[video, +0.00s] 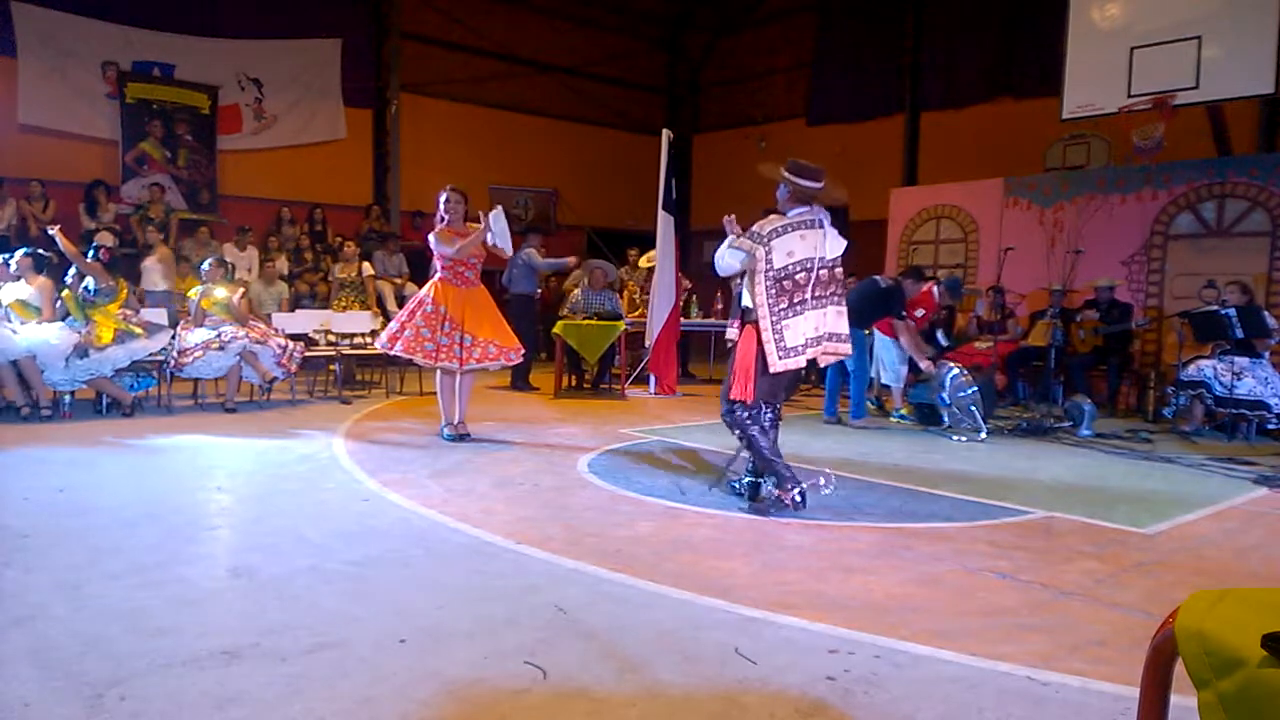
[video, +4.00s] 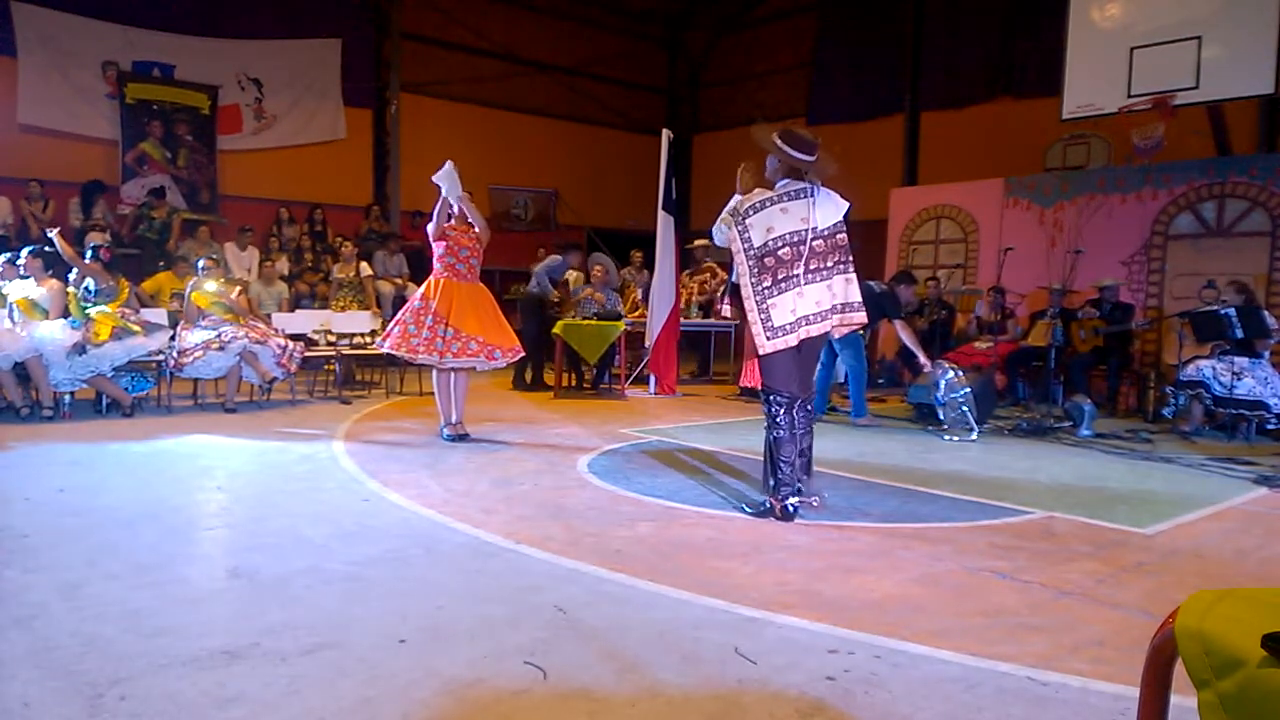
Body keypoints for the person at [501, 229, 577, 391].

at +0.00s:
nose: (541, 242)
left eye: (540, 238)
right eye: (539, 238)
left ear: (526, 239)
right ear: (533, 238)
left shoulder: (514, 257)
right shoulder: (529, 252)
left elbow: (505, 280)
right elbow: (540, 265)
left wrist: (521, 289)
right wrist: (566, 262)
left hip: (515, 298)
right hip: (525, 298)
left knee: (521, 338)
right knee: (528, 339)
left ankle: (518, 377)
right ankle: (521, 378)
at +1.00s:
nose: (543, 244)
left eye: (543, 240)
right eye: (541, 240)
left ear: (529, 240)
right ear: (536, 240)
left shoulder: (519, 257)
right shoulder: (532, 252)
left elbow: (508, 280)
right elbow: (543, 267)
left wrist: (525, 287)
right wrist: (564, 257)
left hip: (517, 298)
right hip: (528, 299)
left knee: (522, 338)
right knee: (530, 339)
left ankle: (517, 376)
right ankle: (522, 378)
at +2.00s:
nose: (543, 244)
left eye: (543, 240)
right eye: (541, 240)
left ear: (529, 240)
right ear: (535, 239)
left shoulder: (516, 256)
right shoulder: (531, 253)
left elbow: (507, 280)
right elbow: (540, 271)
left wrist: (525, 287)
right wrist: (565, 278)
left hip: (516, 298)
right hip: (527, 299)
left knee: (523, 337)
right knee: (530, 338)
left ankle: (518, 376)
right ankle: (522, 377)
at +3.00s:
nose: (545, 246)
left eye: (545, 242)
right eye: (543, 242)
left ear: (530, 241)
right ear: (536, 241)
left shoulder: (516, 255)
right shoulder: (533, 255)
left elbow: (505, 277)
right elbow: (535, 275)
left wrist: (520, 287)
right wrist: (559, 288)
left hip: (516, 298)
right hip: (528, 298)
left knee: (521, 338)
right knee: (528, 339)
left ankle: (517, 376)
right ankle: (522, 377)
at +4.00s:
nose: (579, 263)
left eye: (580, 260)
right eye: (578, 258)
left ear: (573, 259)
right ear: (571, 256)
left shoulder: (563, 270)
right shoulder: (557, 260)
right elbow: (539, 271)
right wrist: (551, 292)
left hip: (540, 300)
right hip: (530, 298)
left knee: (540, 341)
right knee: (529, 339)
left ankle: (538, 377)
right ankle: (519, 377)